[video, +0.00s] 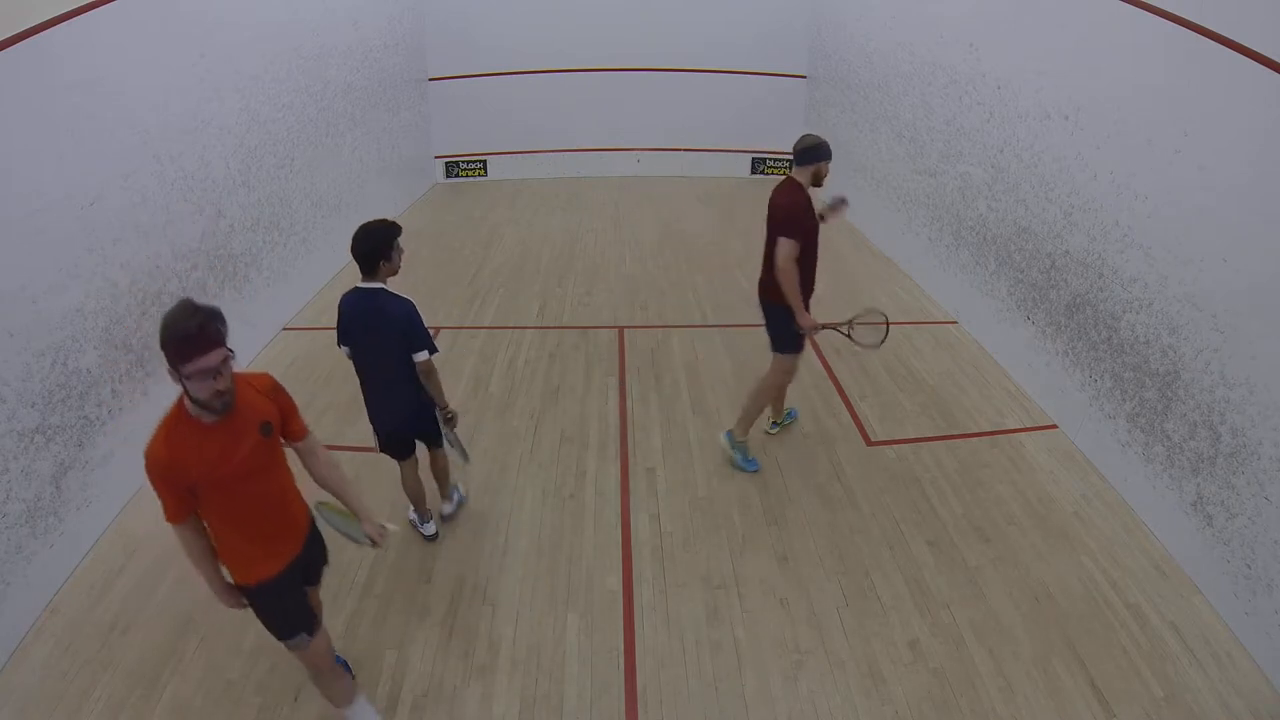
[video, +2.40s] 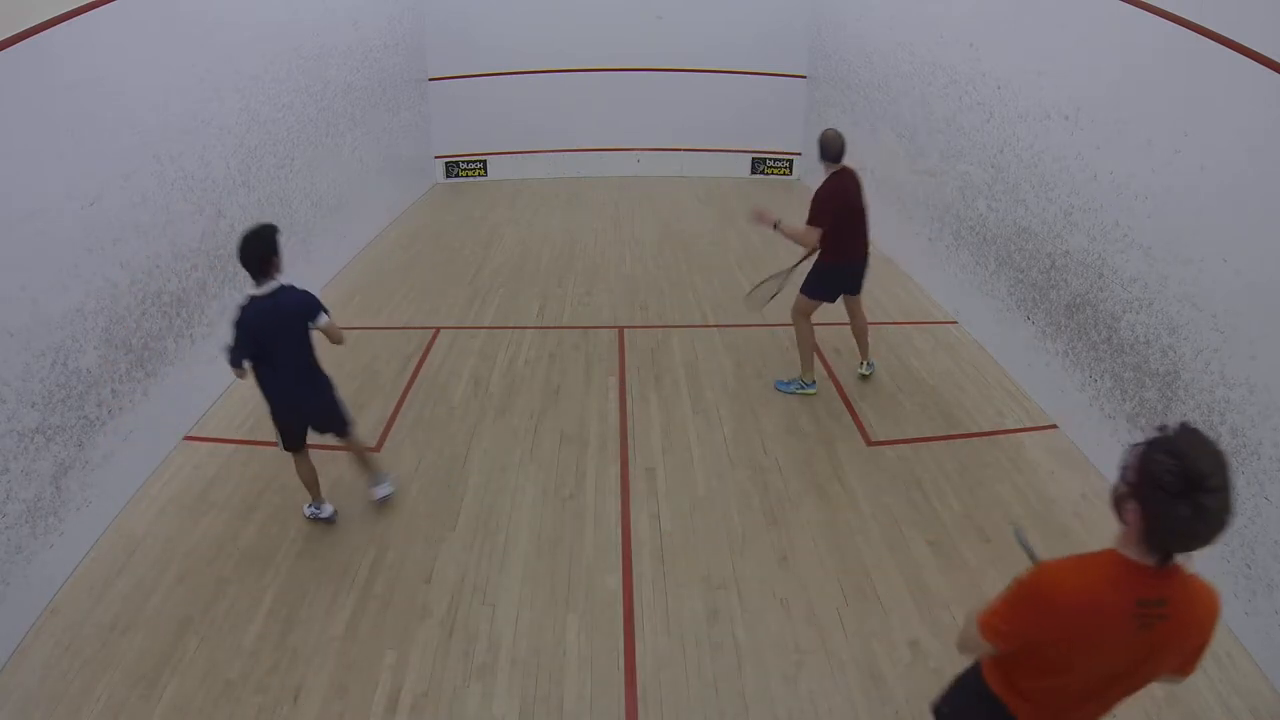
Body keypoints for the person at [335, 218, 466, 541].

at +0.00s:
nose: (402, 256)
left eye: (400, 249)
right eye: (398, 251)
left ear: (363, 261)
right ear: (385, 261)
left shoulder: (348, 303)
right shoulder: (401, 308)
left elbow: (350, 353)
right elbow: (425, 367)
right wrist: (443, 405)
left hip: (380, 405)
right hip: (414, 399)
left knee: (406, 462)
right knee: (435, 448)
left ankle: (425, 521)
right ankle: (448, 499)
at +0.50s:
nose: (413, 240)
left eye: (411, 234)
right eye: (411, 235)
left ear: (377, 239)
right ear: (405, 241)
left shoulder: (362, 278)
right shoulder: (419, 284)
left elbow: (362, 321)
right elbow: (436, 337)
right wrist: (448, 369)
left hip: (382, 372)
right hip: (416, 370)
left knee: (382, 426)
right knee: (426, 423)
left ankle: (405, 480)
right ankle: (437, 471)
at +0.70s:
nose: (407, 235)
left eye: (406, 229)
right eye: (406, 230)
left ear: (372, 237)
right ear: (401, 237)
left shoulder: (360, 272)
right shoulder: (415, 279)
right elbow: (449, 310)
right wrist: (451, 325)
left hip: (378, 372)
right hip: (414, 372)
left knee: (386, 432)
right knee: (422, 427)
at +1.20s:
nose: (392, 228)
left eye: (390, 225)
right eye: (391, 225)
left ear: (357, 235)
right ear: (386, 232)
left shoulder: (349, 279)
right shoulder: (404, 269)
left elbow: (339, 320)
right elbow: (444, 305)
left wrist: (360, 293)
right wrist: (445, 320)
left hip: (377, 366)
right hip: (411, 360)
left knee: (380, 426)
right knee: (421, 417)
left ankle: (387, 486)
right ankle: (437, 470)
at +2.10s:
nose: (349, 250)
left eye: (346, 246)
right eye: (347, 247)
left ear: (316, 258)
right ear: (344, 254)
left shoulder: (318, 305)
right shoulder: (365, 287)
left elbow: (315, 356)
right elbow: (399, 325)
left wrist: (334, 335)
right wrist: (394, 304)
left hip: (347, 384)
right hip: (381, 374)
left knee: (329, 436)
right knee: (410, 416)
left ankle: (331, 500)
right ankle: (434, 464)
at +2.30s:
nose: (303, 266)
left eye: (299, 262)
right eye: (300, 262)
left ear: (270, 276)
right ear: (297, 270)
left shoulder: (271, 322)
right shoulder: (318, 305)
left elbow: (263, 376)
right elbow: (357, 344)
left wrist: (281, 351)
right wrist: (351, 323)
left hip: (307, 403)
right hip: (340, 390)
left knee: (293, 448)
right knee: (381, 428)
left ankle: (321, 505)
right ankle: (423, 463)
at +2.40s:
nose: (281, 258)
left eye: (277, 253)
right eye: (278, 254)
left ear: (247, 267)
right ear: (274, 261)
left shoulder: (247, 316)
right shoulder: (298, 298)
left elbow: (240, 370)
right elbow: (336, 337)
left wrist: (250, 345)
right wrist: (321, 321)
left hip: (282, 401)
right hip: (315, 387)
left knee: (299, 452)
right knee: (346, 434)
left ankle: (320, 504)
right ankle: (377, 481)